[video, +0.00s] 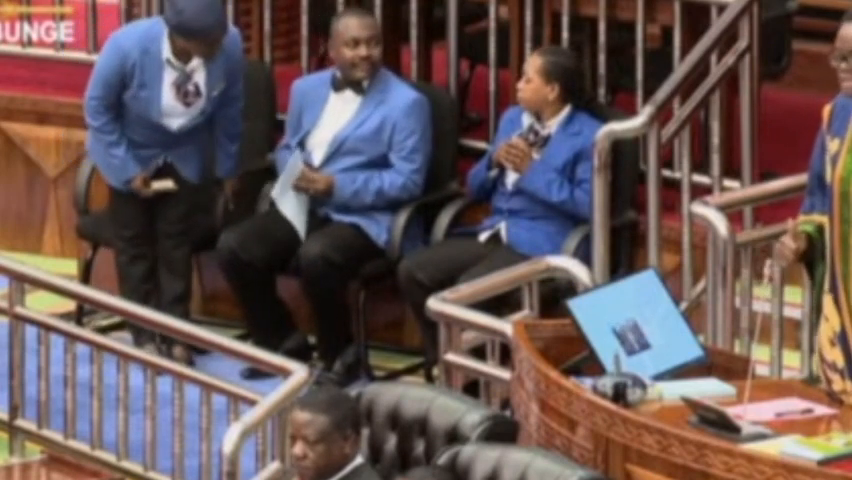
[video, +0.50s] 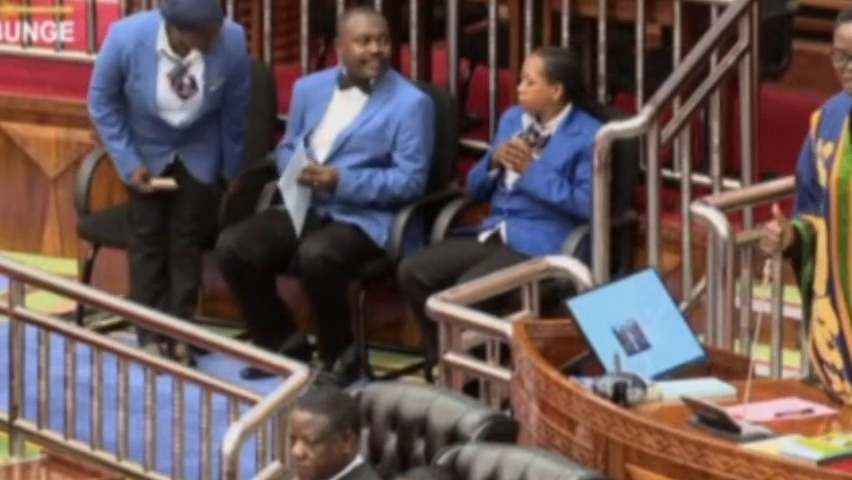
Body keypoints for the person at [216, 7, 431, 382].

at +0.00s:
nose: (363, 53)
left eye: (370, 43)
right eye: (352, 45)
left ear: (381, 47)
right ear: (331, 50)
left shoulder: (406, 103)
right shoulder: (305, 90)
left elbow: (408, 182)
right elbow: (285, 148)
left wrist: (334, 187)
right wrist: (296, 172)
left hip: (365, 219)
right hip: (300, 210)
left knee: (317, 258)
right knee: (236, 249)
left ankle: (339, 358)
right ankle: (282, 344)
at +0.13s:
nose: (364, 53)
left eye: (372, 43)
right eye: (354, 45)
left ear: (383, 46)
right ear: (333, 50)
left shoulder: (408, 104)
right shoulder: (306, 90)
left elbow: (409, 182)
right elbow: (287, 148)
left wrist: (336, 185)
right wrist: (297, 170)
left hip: (366, 219)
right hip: (302, 210)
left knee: (317, 258)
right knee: (236, 249)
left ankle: (339, 357)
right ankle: (282, 344)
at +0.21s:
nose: (366, 53)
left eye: (373, 43)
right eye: (355, 45)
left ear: (384, 46)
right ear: (335, 50)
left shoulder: (408, 103)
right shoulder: (307, 90)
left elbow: (409, 182)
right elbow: (288, 147)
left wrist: (337, 183)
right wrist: (298, 170)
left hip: (366, 219)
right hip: (303, 210)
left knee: (317, 257)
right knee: (236, 249)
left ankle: (339, 357)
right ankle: (282, 345)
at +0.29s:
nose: (370, 52)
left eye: (377, 43)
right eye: (359, 44)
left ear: (387, 47)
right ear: (338, 49)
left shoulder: (410, 104)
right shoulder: (308, 89)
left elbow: (409, 182)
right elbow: (288, 147)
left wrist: (338, 182)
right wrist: (296, 170)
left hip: (366, 219)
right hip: (303, 210)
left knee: (317, 258)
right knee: (236, 248)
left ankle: (339, 358)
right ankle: (282, 344)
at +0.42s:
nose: (372, 51)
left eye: (379, 42)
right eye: (361, 43)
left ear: (389, 46)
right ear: (339, 48)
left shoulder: (410, 103)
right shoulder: (308, 89)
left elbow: (410, 181)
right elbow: (287, 147)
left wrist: (339, 181)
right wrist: (296, 170)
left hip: (366, 219)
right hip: (302, 210)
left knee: (317, 257)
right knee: (235, 248)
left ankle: (339, 357)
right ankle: (282, 344)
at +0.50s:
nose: (374, 50)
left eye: (380, 41)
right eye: (363, 41)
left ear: (390, 45)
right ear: (340, 48)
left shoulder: (411, 103)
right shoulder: (308, 89)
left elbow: (410, 181)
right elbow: (286, 148)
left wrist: (340, 181)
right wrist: (297, 170)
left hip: (366, 219)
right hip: (302, 211)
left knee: (317, 257)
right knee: (235, 248)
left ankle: (340, 357)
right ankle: (282, 344)